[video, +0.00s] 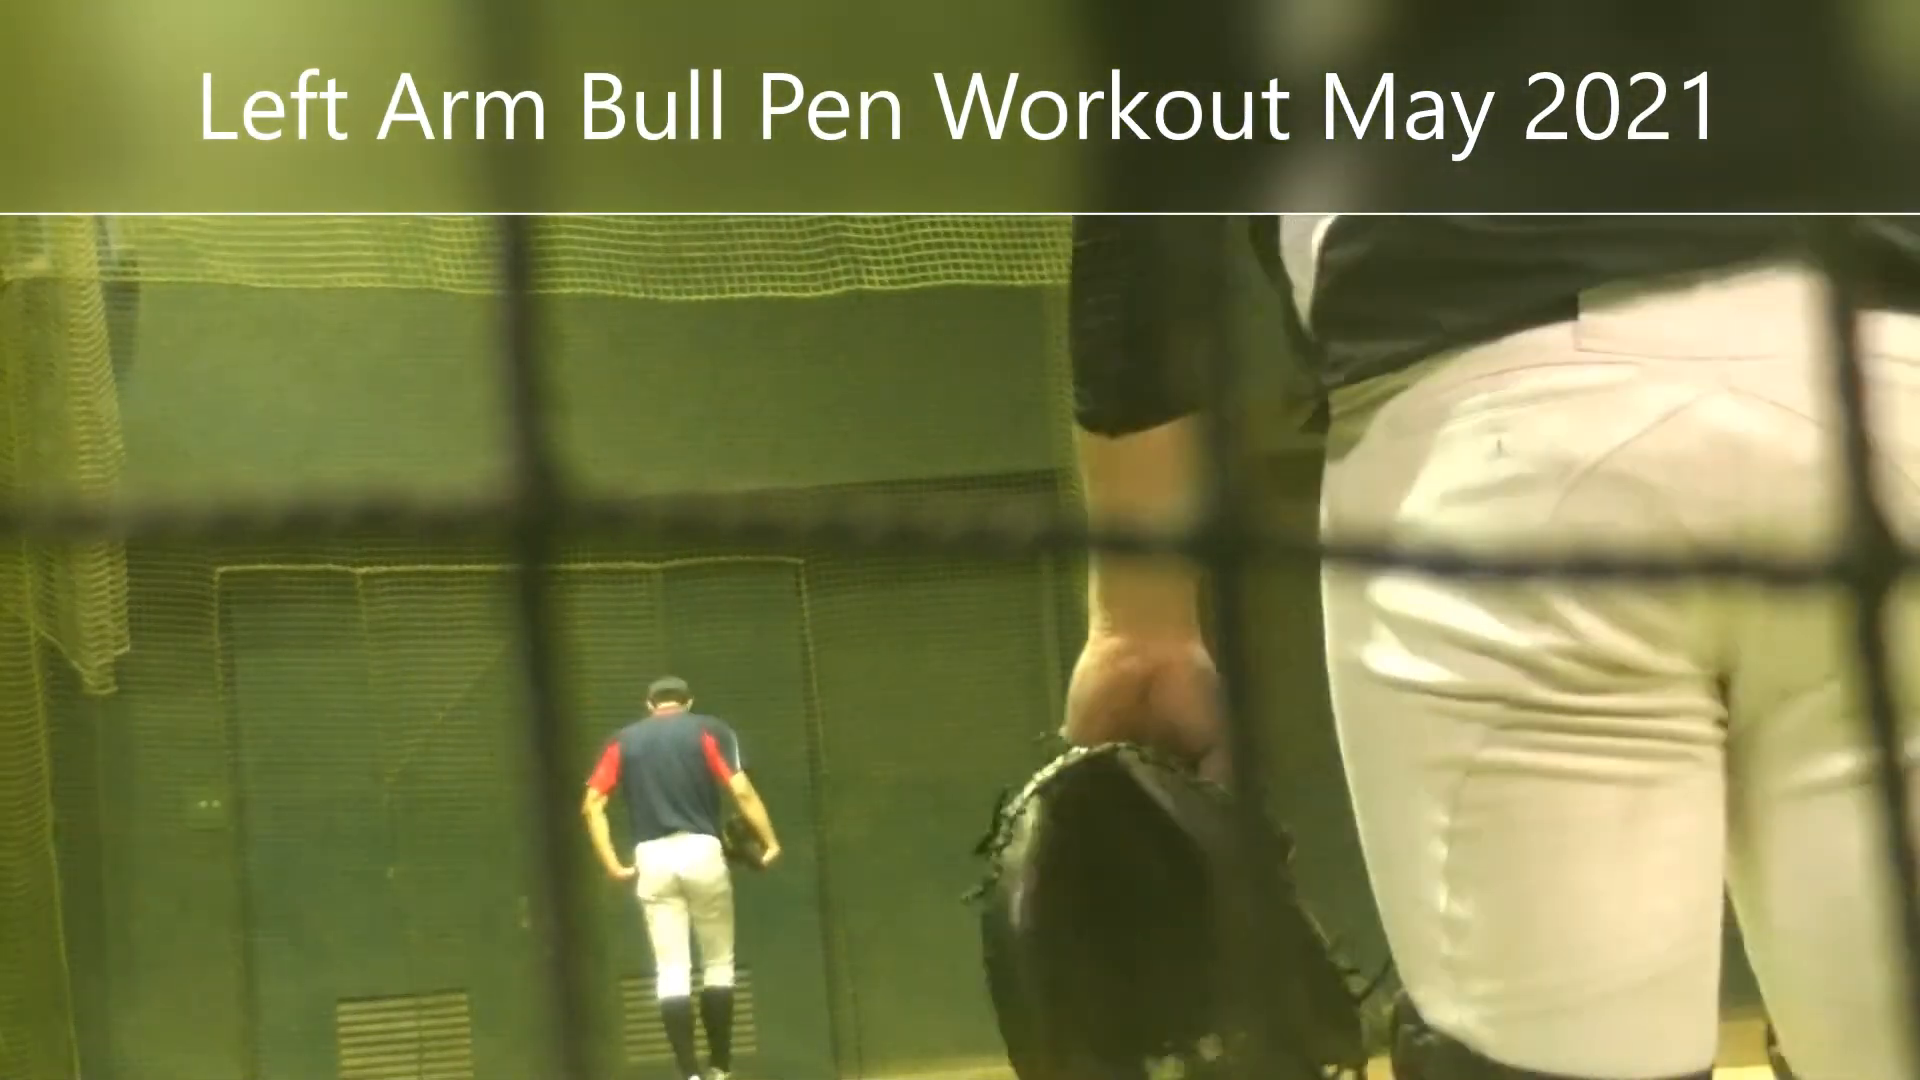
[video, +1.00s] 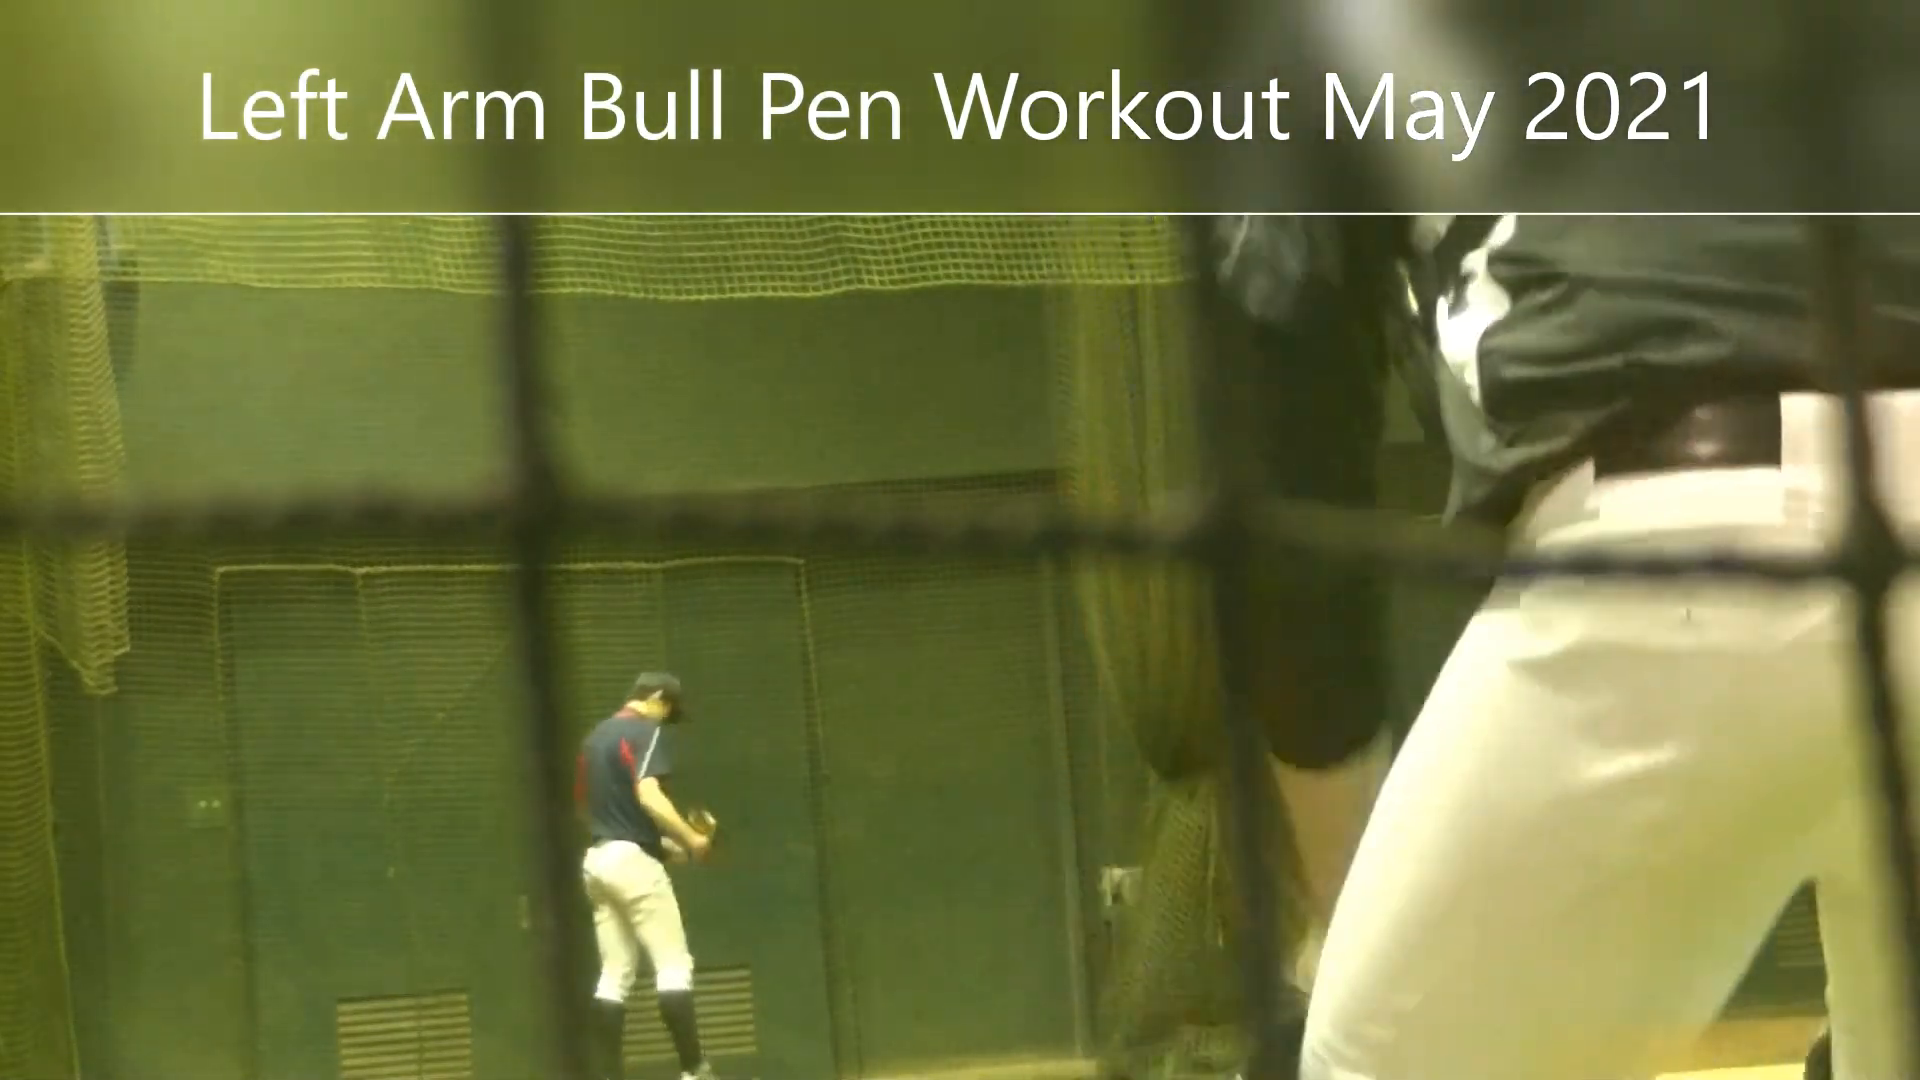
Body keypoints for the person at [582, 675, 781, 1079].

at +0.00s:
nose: (670, 708)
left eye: (662, 701)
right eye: (680, 701)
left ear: (650, 705)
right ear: (688, 702)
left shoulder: (625, 740)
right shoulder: (709, 731)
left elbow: (592, 803)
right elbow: (742, 792)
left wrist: (613, 866)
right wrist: (770, 842)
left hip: (653, 857)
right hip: (702, 851)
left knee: (671, 968)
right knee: (718, 961)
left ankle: (687, 1070)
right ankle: (720, 1066)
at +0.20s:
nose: (683, 708)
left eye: (674, 701)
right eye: (690, 702)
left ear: (661, 703)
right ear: (699, 703)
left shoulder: (634, 736)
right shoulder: (718, 734)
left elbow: (601, 799)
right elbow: (747, 799)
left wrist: (615, 864)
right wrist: (772, 851)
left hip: (655, 856)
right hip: (704, 853)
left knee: (662, 962)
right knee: (715, 960)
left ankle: (682, 1062)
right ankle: (715, 1066)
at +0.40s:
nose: (691, 707)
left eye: (679, 700)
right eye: (699, 701)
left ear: (667, 701)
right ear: (705, 703)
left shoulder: (637, 734)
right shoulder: (723, 736)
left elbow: (602, 796)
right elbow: (753, 802)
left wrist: (613, 862)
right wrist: (771, 854)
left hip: (652, 858)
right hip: (703, 857)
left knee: (644, 955)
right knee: (718, 959)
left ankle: (653, 1048)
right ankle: (715, 1068)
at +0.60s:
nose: (696, 706)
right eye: (699, 700)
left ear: (661, 698)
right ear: (699, 700)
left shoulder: (629, 733)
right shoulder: (710, 731)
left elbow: (589, 795)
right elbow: (737, 799)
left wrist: (606, 859)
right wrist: (762, 849)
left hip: (637, 859)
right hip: (686, 856)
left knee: (650, 962)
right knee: (708, 959)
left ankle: (619, 1065)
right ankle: (714, 1069)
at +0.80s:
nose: (687, 717)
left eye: (687, 711)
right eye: (688, 711)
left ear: (649, 700)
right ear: (679, 703)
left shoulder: (611, 737)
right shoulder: (677, 732)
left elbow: (580, 802)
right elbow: (694, 791)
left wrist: (607, 846)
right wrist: (738, 835)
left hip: (614, 862)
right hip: (659, 860)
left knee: (634, 968)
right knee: (694, 961)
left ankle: (614, 1072)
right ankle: (712, 1067)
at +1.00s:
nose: (665, 718)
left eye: (668, 712)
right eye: (667, 711)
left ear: (635, 697)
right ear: (657, 700)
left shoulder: (596, 735)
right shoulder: (645, 729)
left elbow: (595, 809)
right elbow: (648, 794)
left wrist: (659, 844)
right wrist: (692, 837)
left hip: (595, 859)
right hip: (631, 857)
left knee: (615, 971)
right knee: (672, 961)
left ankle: (605, 1072)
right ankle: (693, 1067)